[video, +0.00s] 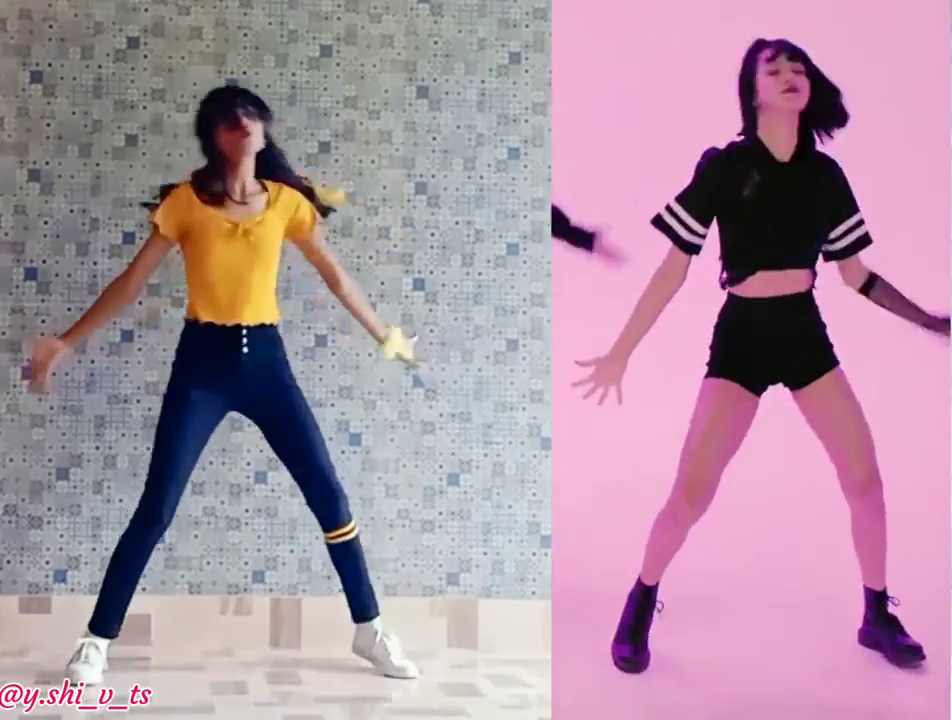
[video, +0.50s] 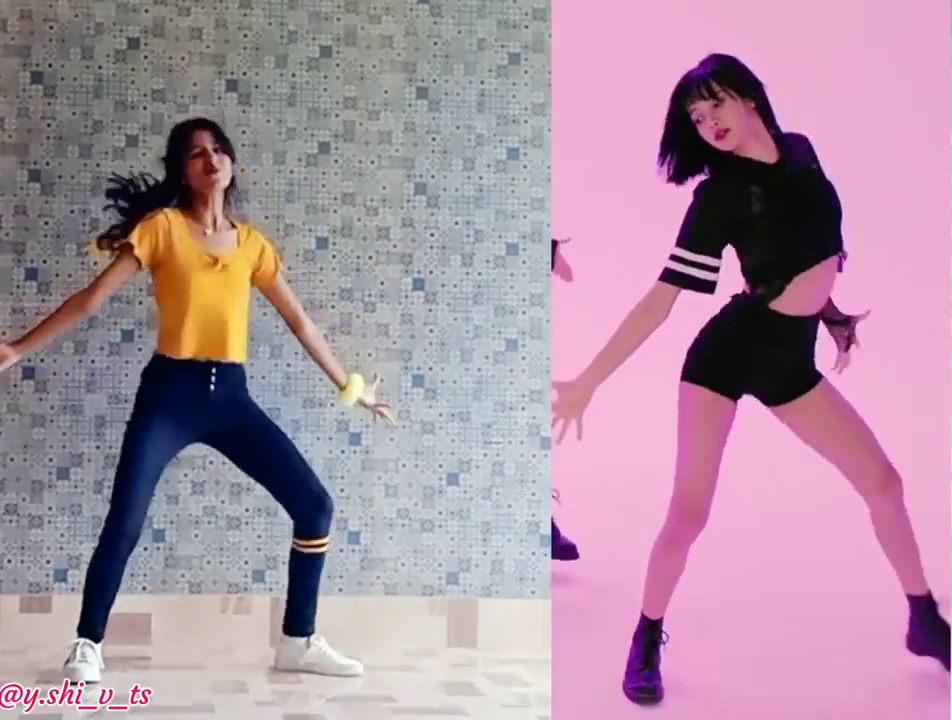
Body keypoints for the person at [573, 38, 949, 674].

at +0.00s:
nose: (789, 75)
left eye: (797, 67)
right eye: (773, 68)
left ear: (811, 87)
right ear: (751, 90)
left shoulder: (823, 172)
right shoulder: (722, 169)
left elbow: (857, 273)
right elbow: (672, 269)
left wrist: (929, 320)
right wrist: (621, 351)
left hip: (805, 334)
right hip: (741, 337)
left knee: (864, 480)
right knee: (691, 497)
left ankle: (877, 614)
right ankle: (640, 606)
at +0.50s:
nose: (711, 120)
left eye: (717, 101)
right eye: (697, 116)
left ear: (749, 96)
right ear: (695, 130)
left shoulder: (799, 151)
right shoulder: (719, 194)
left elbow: (801, 246)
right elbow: (658, 300)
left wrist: (829, 310)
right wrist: (585, 382)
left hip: (789, 354)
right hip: (726, 351)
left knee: (883, 484)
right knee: (688, 514)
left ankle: (925, 619)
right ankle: (647, 643)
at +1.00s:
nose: (739, 123)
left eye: (748, 106)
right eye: (722, 116)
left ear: (773, 108)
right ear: (710, 134)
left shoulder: (817, 172)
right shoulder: (727, 207)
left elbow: (826, 256)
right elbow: (659, 312)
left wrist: (840, 327)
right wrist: (574, 393)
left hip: (779, 370)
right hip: (722, 362)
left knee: (864, 507)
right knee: (680, 527)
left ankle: (820, 643)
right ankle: (599, 659)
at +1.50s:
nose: (806, 186)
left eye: (815, 174)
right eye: (791, 173)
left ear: (825, 185)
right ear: (763, 183)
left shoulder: (829, 248)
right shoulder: (725, 256)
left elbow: (859, 330)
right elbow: (680, 342)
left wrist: (866, 275)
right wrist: (684, 418)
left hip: (795, 418)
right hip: (740, 425)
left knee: (798, 581)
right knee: (859, 545)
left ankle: (676, 637)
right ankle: (889, 677)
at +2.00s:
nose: (786, 74)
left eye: (801, 66)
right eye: (791, 63)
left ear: (835, 85)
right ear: (835, 89)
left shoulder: (781, 152)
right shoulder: (843, 160)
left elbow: (707, 229)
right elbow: (742, 203)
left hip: (767, 338)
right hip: (818, 335)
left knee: (711, 505)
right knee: (810, 495)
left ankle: (687, 661)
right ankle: (832, 644)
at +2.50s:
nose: (786, 82)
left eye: (801, 71)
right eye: (779, 72)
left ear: (834, 83)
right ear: (775, 81)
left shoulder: (792, 138)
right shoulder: (795, 136)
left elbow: (702, 203)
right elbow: (684, 180)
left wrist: (715, 172)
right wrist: (688, 105)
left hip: (734, 330)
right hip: (762, 326)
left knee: (684, 502)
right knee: (767, 490)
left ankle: (657, 668)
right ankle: (810, 649)